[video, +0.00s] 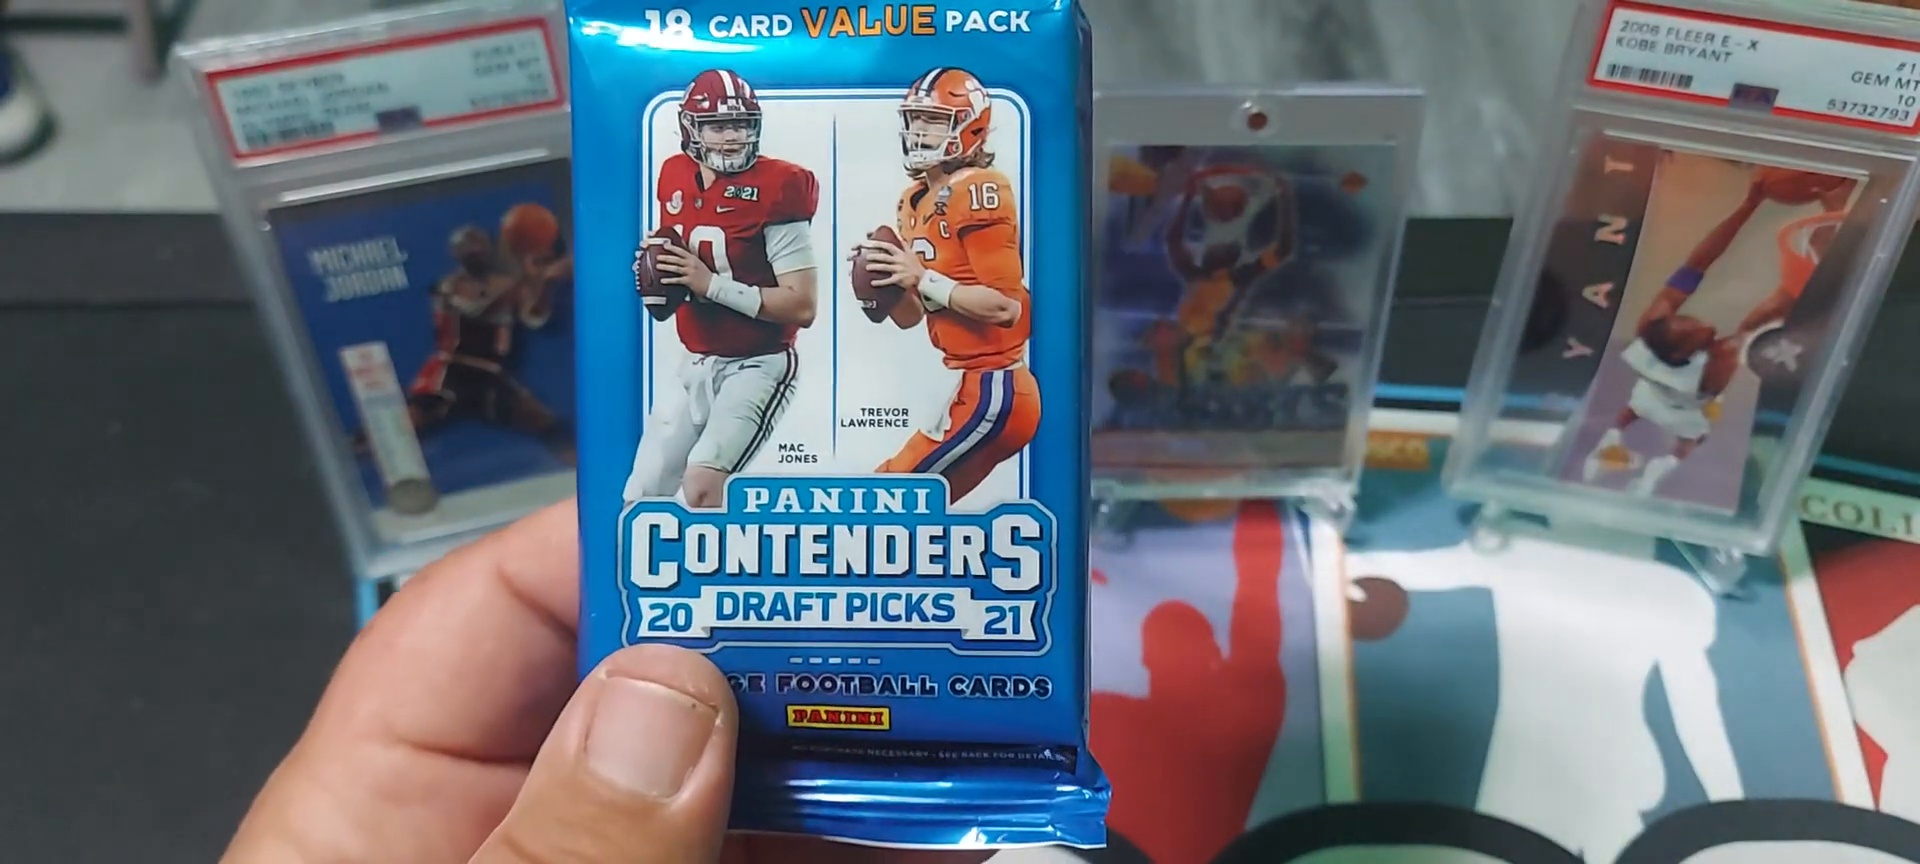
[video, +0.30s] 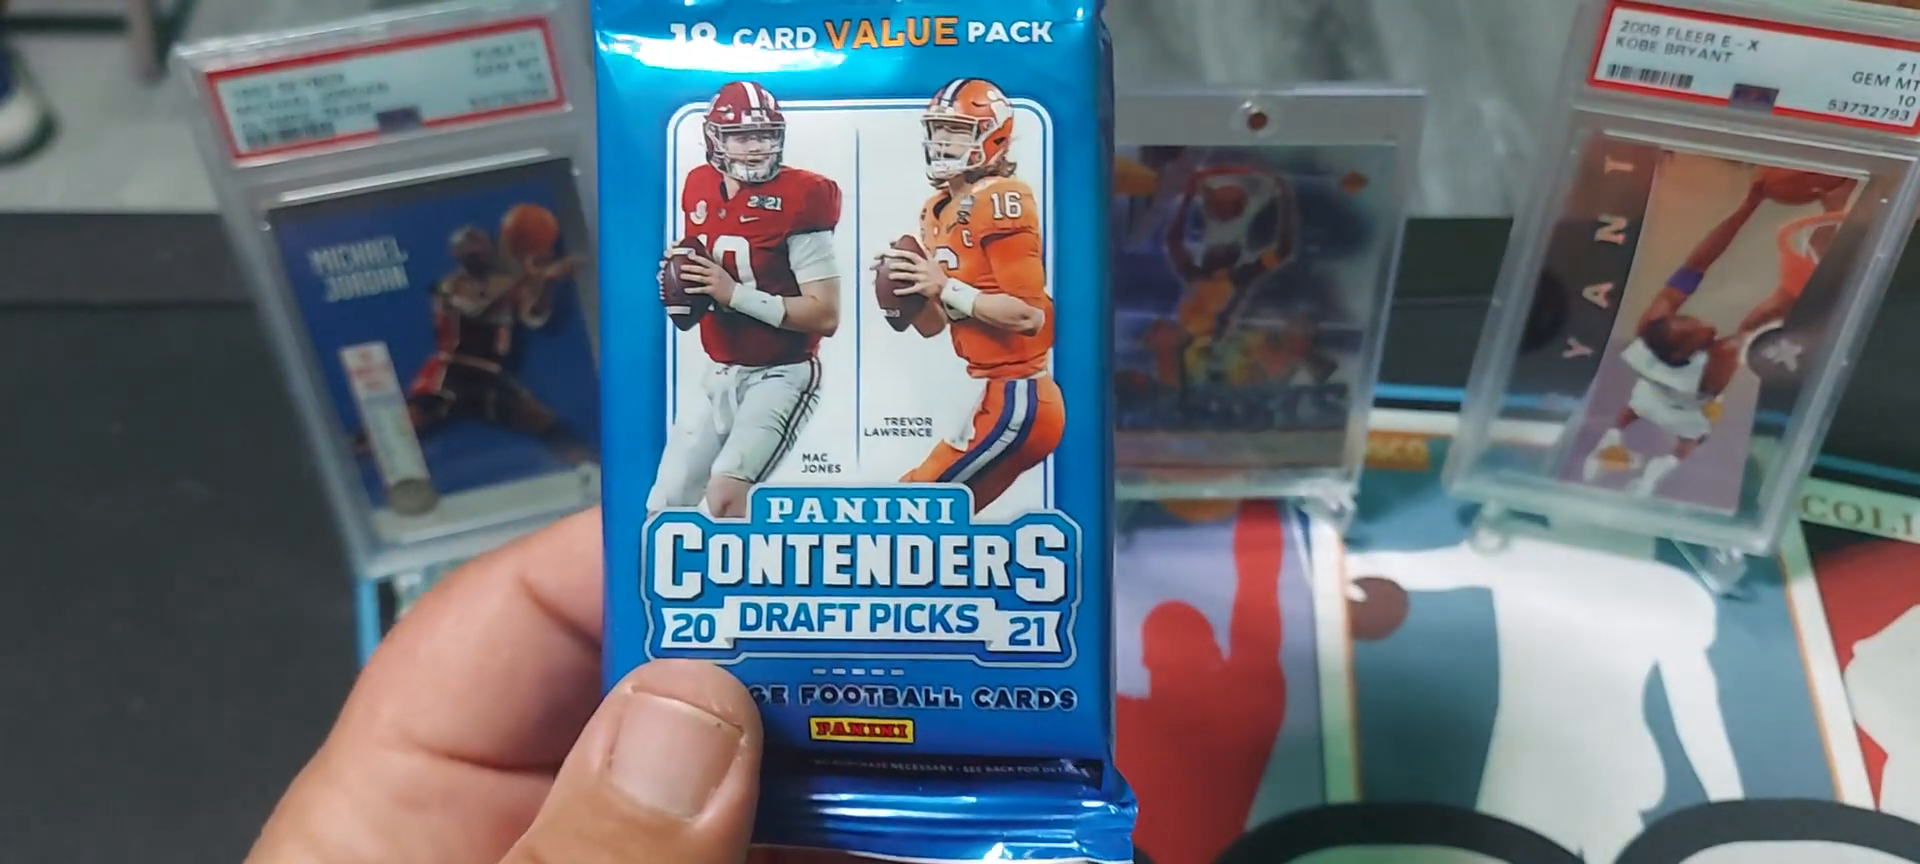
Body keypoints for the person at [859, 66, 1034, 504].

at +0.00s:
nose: (919, 133)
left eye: (934, 122)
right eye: (914, 121)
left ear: (968, 128)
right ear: (905, 124)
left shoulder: (979, 189)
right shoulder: (912, 200)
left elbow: (1005, 307)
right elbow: (908, 316)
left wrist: (921, 277)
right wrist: (879, 282)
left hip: (995, 390)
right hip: (973, 387)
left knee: (881, 501)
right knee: (895, 511)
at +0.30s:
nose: (941, 144)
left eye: (957, 132)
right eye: (937, 131)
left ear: (991, 139)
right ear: (928, 135)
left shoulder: (1001, 197)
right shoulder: (935, 209)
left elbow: (1028, 315)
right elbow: (930, 324)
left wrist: (944, 286)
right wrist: (900, 290)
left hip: (1019, 399)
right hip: (996, 396)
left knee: (906, 511)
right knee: (924, 523)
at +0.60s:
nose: (920, 204)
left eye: (936, 191)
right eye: (914, 190)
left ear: (977, 196)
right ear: (904, 194)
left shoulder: (994, 263)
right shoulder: (921, 276)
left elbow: (1027, 381)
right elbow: (926, 393)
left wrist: (933, 355)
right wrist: (890, 362)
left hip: (1022, 466)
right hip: (991, 462)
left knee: (910, 579)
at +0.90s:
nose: (936, 160)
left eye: (951, 147)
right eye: (930, 147)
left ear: (988, 152)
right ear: (921, 150)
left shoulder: (1001, 214)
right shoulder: (932, 229)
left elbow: (1031, 333)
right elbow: (934, 346)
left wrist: (946, 307)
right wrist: (905, 308)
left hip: (1026, 418)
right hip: (1002, 416)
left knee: (915, 535)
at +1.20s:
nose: (964, 199)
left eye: (979, 187)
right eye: (958, 186)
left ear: (1015, 192)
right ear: (948, 190)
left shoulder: (1027, 259)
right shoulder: (957, 271)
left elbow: (1056, 379)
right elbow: (955, 390)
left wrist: (968, 351)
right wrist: (926, 349)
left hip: (1045, 467)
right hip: (1018, 462)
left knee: (931, 578)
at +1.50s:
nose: (927, 260)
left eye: (944, 248)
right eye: (921, 247)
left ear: (984, 252)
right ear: (912, 251)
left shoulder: (1002, 318)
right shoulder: (928, 331)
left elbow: (1035, 433)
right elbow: (934, 444)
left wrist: (942, 407)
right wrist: (900, 411)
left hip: (1031, 517)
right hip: (1003, 513)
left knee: (917, 620)